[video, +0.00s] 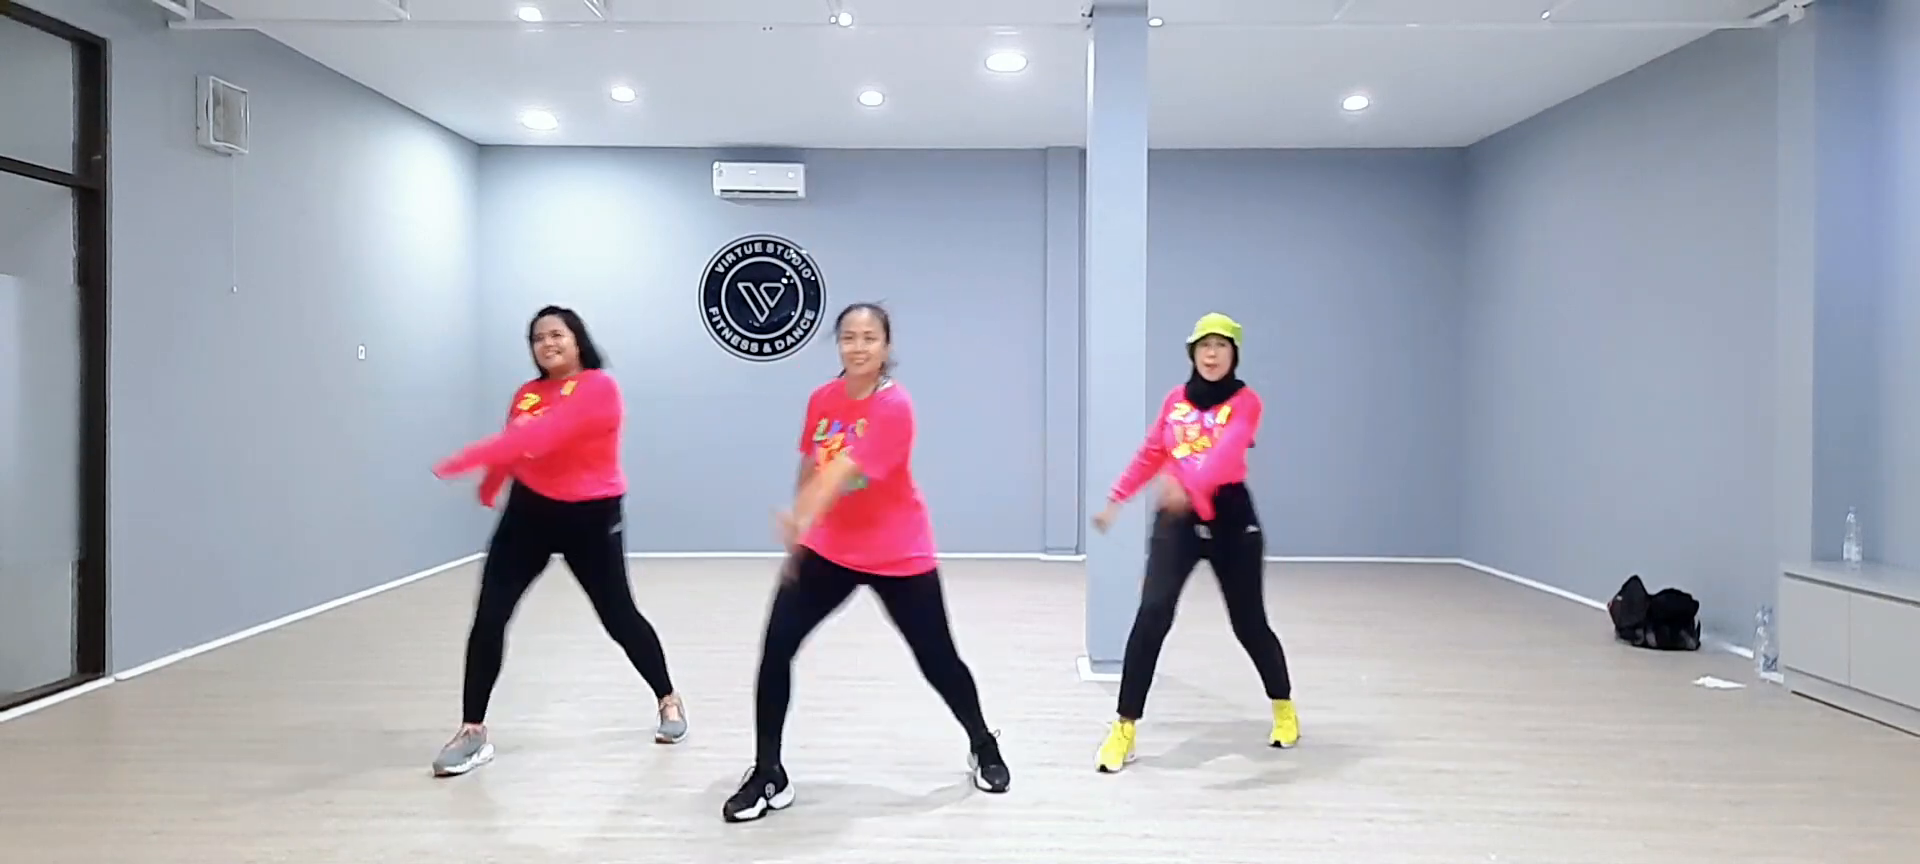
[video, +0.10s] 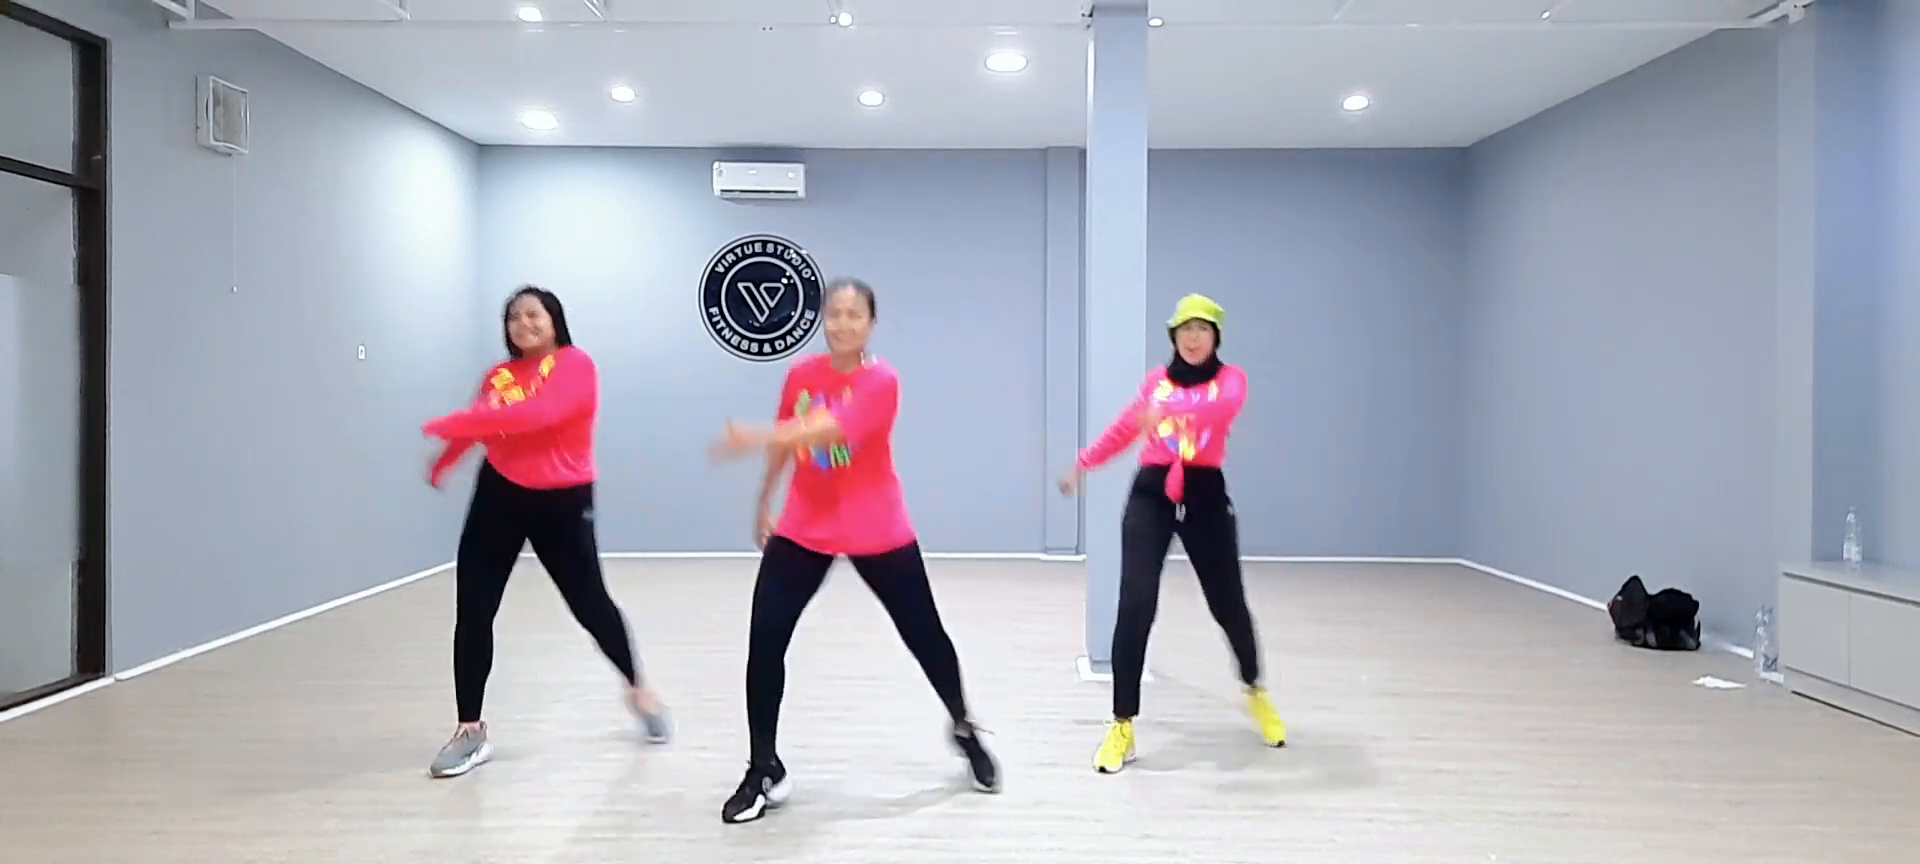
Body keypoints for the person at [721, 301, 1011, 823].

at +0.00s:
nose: (858, 346)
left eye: (869, 338)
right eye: (849, 338)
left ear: (887, 347)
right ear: (838, 346)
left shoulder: (894, 407)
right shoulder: (823, 399)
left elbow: (843, 473)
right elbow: (809, 469)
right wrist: (801, 520)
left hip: (900, 556)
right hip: (831, 551)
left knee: (939, 663)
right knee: (776, 648)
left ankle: (983, 745)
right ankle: (768, 773)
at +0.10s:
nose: (842, 322)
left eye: (853, 314)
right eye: (834, 314)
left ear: (871, 324)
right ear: (822, 321)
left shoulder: (880, 383)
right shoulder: (801, 375)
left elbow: (834, 428)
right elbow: (787, 443)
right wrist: (764, 506)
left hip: (876, 527)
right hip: (806, 525)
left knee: (926, 637)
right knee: (765, 641)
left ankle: (965, 729)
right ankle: (764, 766)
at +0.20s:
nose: (829, 294)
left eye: (840, 285)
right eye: (820, 285)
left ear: (858, 292)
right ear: (807, 291)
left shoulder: (874, 343)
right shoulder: (785, 342)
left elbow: (851, 383)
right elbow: (755, 405)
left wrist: (766, 377)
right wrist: (731, 465)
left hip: (865, 492)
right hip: (795, 495)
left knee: (913, 598)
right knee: (770, 620)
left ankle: (901, 706)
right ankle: (747, 747)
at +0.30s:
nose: (812, 291)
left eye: (822, 282)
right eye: (803, 282)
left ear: (841, 289)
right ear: (789, 290)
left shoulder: (858, 329)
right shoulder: (774, 336)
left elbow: (881, 356)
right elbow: (723, 377)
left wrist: (806, 354)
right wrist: (688, 428)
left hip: (857, 490)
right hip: (786, 493)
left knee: (891, 602)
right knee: (768, 617)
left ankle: (841, 689)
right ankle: (744, 744)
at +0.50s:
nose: (796, 344)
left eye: (806, 333)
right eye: (785, 334)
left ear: (822, 337)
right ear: (768, 338)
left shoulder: (851, 368)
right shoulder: (747, 389)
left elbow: (922, 346)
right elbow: (677, 401)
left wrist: (922, 394)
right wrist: (612, 432)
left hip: (844, 533)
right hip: (774, 534)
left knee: (861, 661)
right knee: (752, 660)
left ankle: (823, 728)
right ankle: (749, 772)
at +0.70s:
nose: (837, 342)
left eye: (847, 331)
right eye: (826, 331)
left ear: (862, 332)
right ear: (808, 334)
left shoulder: (883, 360)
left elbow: (925, 369)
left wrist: (973, 401)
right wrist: (758, 580)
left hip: (875, 519)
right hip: (804, 525)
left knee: (905, 638)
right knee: (754, 642)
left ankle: (935, 777)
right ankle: (752, 757)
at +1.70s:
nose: (875, 300)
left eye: (886, 291)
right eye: (865, 291)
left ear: (905, 300)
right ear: (852, 300)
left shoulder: (935, 366)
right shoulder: (828, 368)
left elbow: (946, 444)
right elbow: (816, 446)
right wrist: (813, 509)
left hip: (907, 534)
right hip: (844, 534)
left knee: (894, 654)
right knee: (851, 656)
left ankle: (887, 791)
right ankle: (852, 770)